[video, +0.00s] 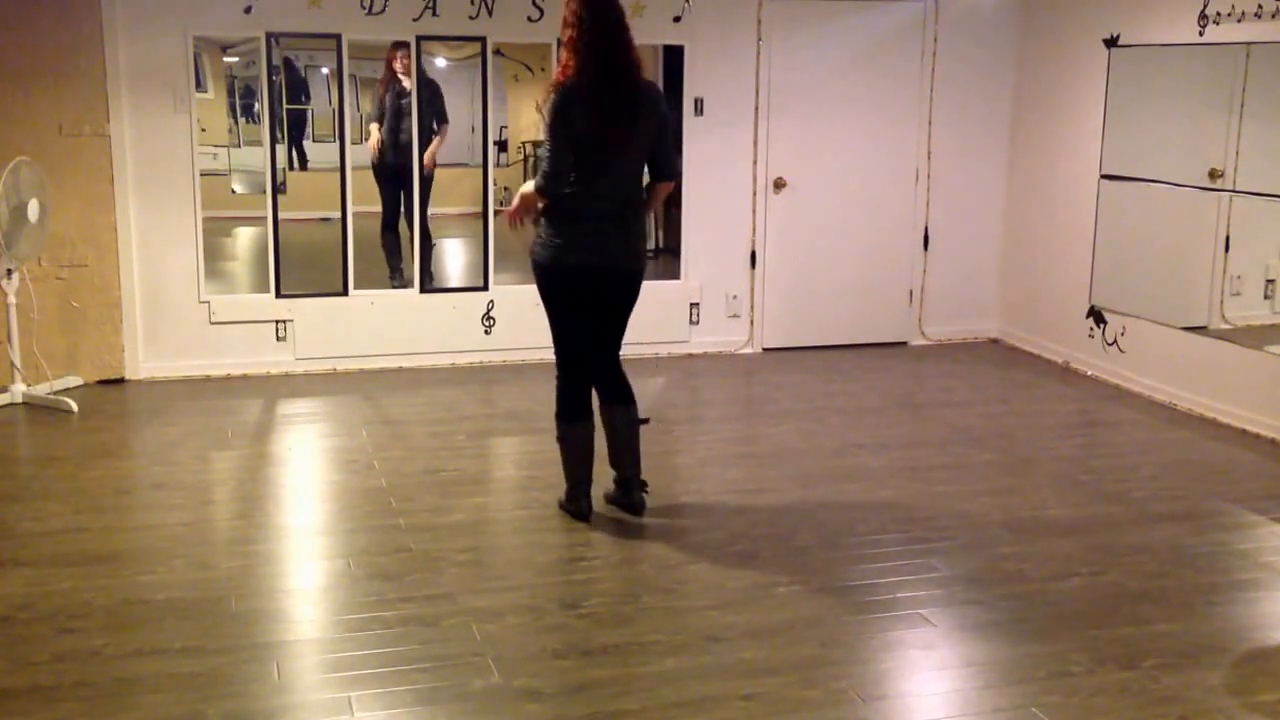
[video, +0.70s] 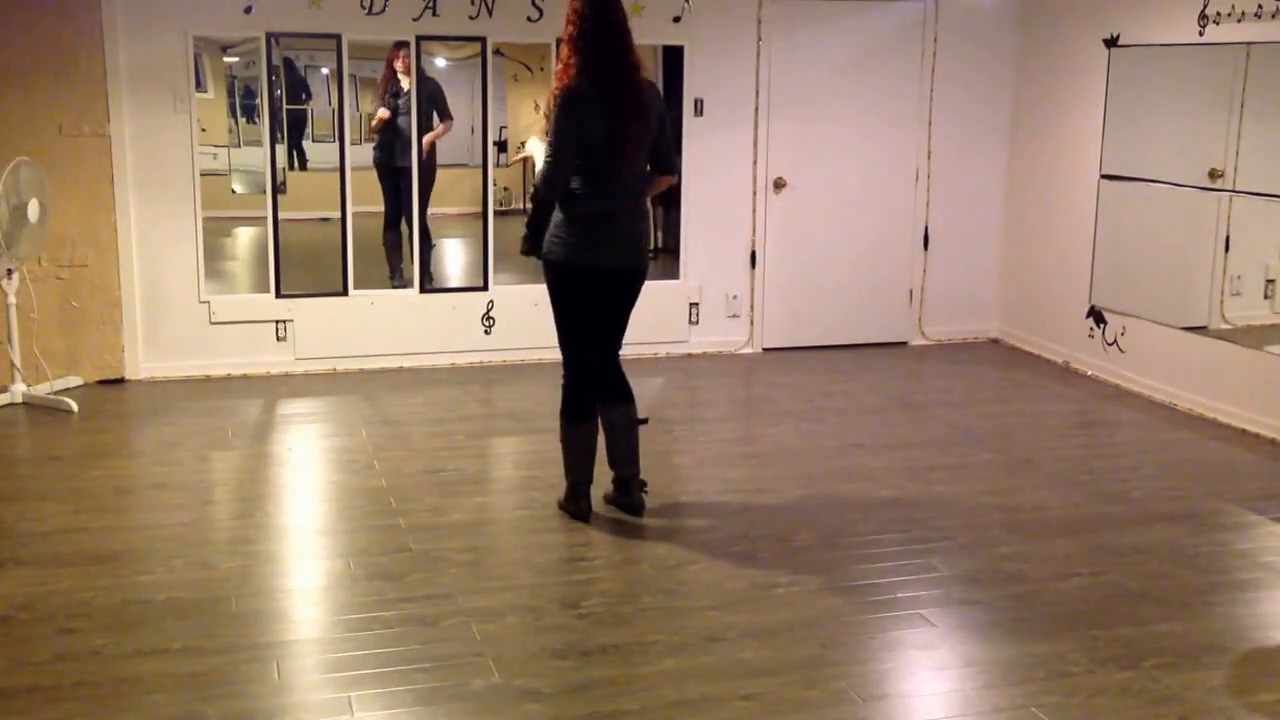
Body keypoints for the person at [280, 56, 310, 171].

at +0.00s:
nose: (282, 71)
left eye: (282, 68)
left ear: (283, 67)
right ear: (293, 65)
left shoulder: (282, 80)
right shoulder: (301, 78)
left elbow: (278, 97)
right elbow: (307, 96)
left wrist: (279, 110)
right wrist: (304, 106)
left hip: (287, 113)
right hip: (300, 112)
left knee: (288, 142)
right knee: (299, 141)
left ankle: (289, 167)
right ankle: (303, 164)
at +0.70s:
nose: (282, 70)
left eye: (282, 68)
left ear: (283, 67)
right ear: (293, 65)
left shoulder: (282, 79)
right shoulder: (300, 77)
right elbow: (308, 94)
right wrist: (304, 101)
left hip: (287, 112)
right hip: (300, 112)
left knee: (288, 143)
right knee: (298, 142)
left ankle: (290, 168)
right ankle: (303, 166)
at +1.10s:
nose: (284, 70)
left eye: (283, 67)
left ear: (283, 67)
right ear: (294, 65)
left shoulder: (281, 81)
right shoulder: (300, 78)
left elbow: (277, 98)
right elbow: (310, 92)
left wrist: (279, 110)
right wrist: (304, 98)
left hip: (289, 113)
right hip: (304, 112)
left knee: (291, 143)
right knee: (305, 142)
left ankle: (291, 168)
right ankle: (305, 168)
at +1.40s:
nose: (283, 70)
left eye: (283, 67)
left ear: (283, 67)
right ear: (294, 65)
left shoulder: (281, 82)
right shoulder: (301, 79)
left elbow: (278, 99)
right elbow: (307, 94)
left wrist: (279, 112)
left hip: (290, 113)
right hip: (305, 111)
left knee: (291, 144)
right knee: (305, 142)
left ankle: (291, 169)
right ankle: (306, 169)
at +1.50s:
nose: (284, 70)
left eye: (283, 68)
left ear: (283, 68)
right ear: (294, 66)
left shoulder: (281, 83)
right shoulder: (300, 80)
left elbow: (278, 100)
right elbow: (306, 95)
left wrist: (279, 115)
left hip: (290, 113)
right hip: (305, 112)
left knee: (292, 144)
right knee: (305, 143)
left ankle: (291, 170)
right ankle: (306, 169)